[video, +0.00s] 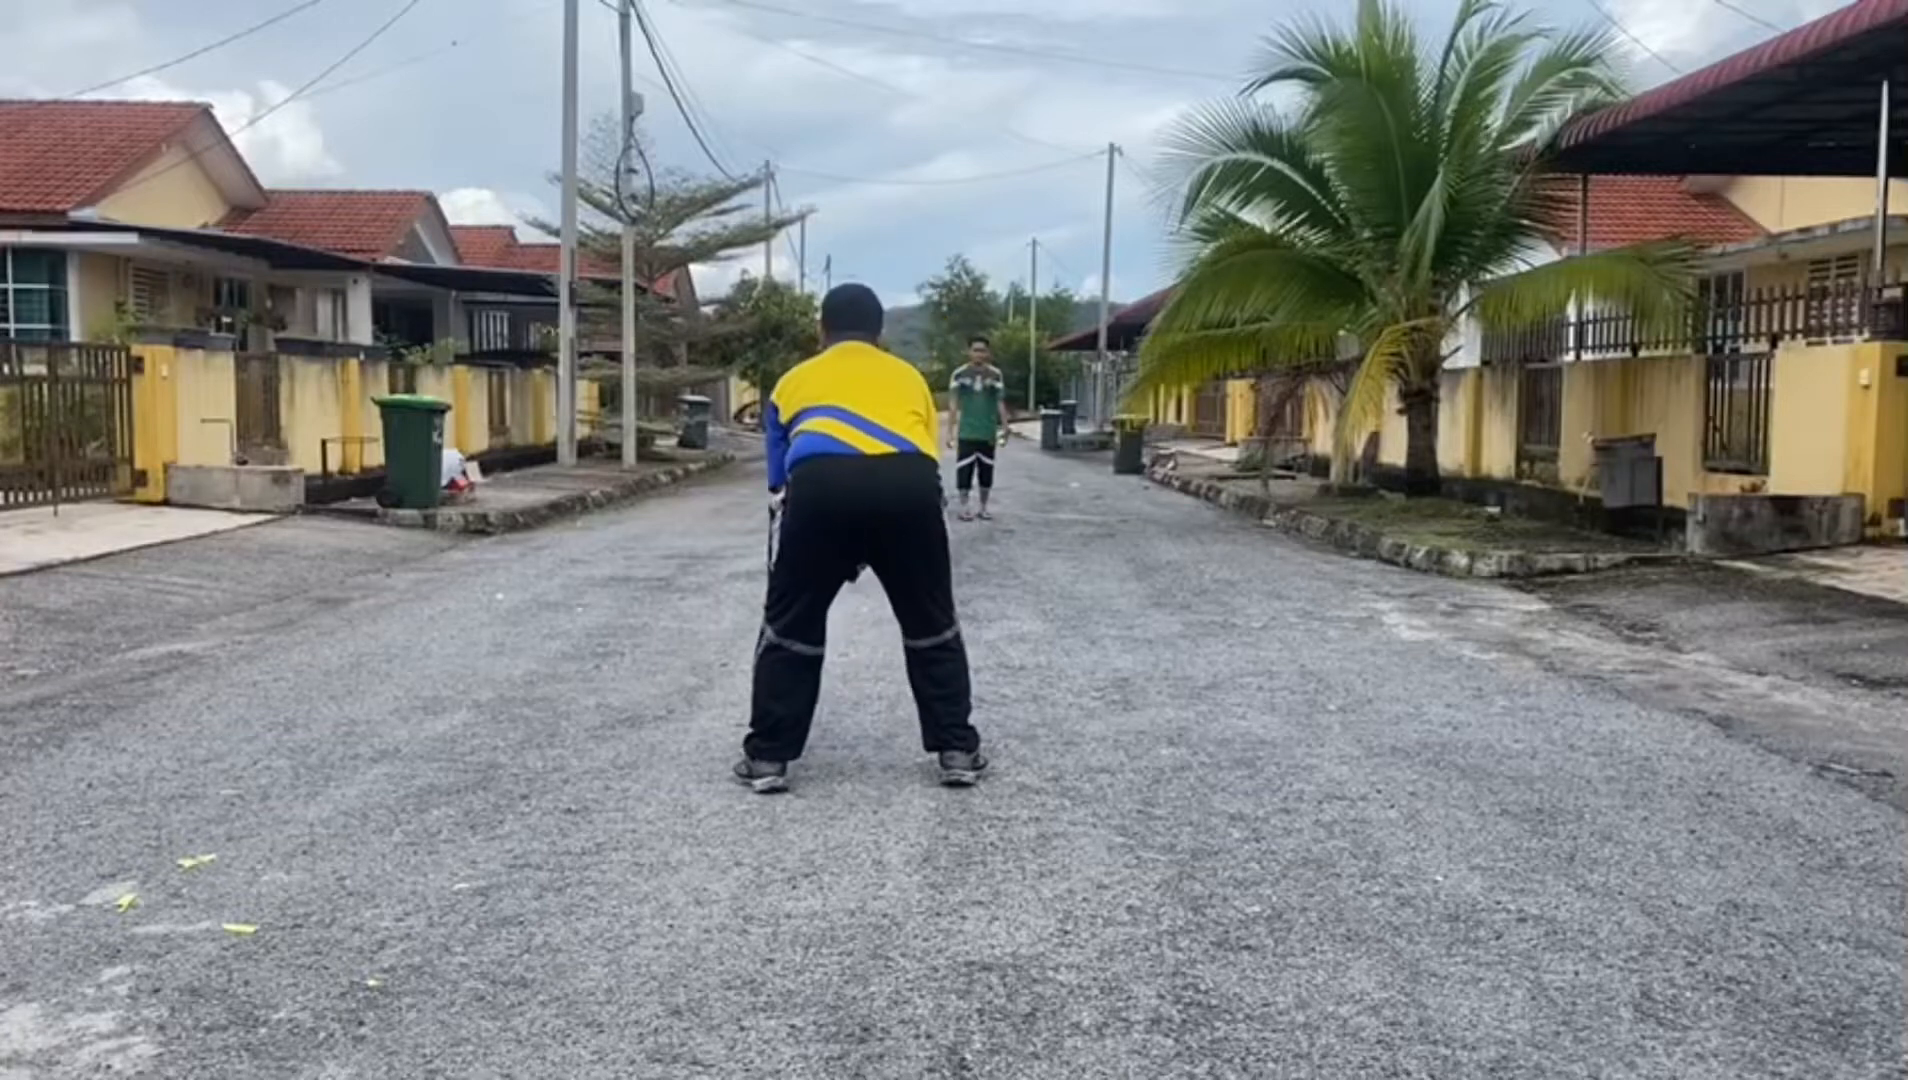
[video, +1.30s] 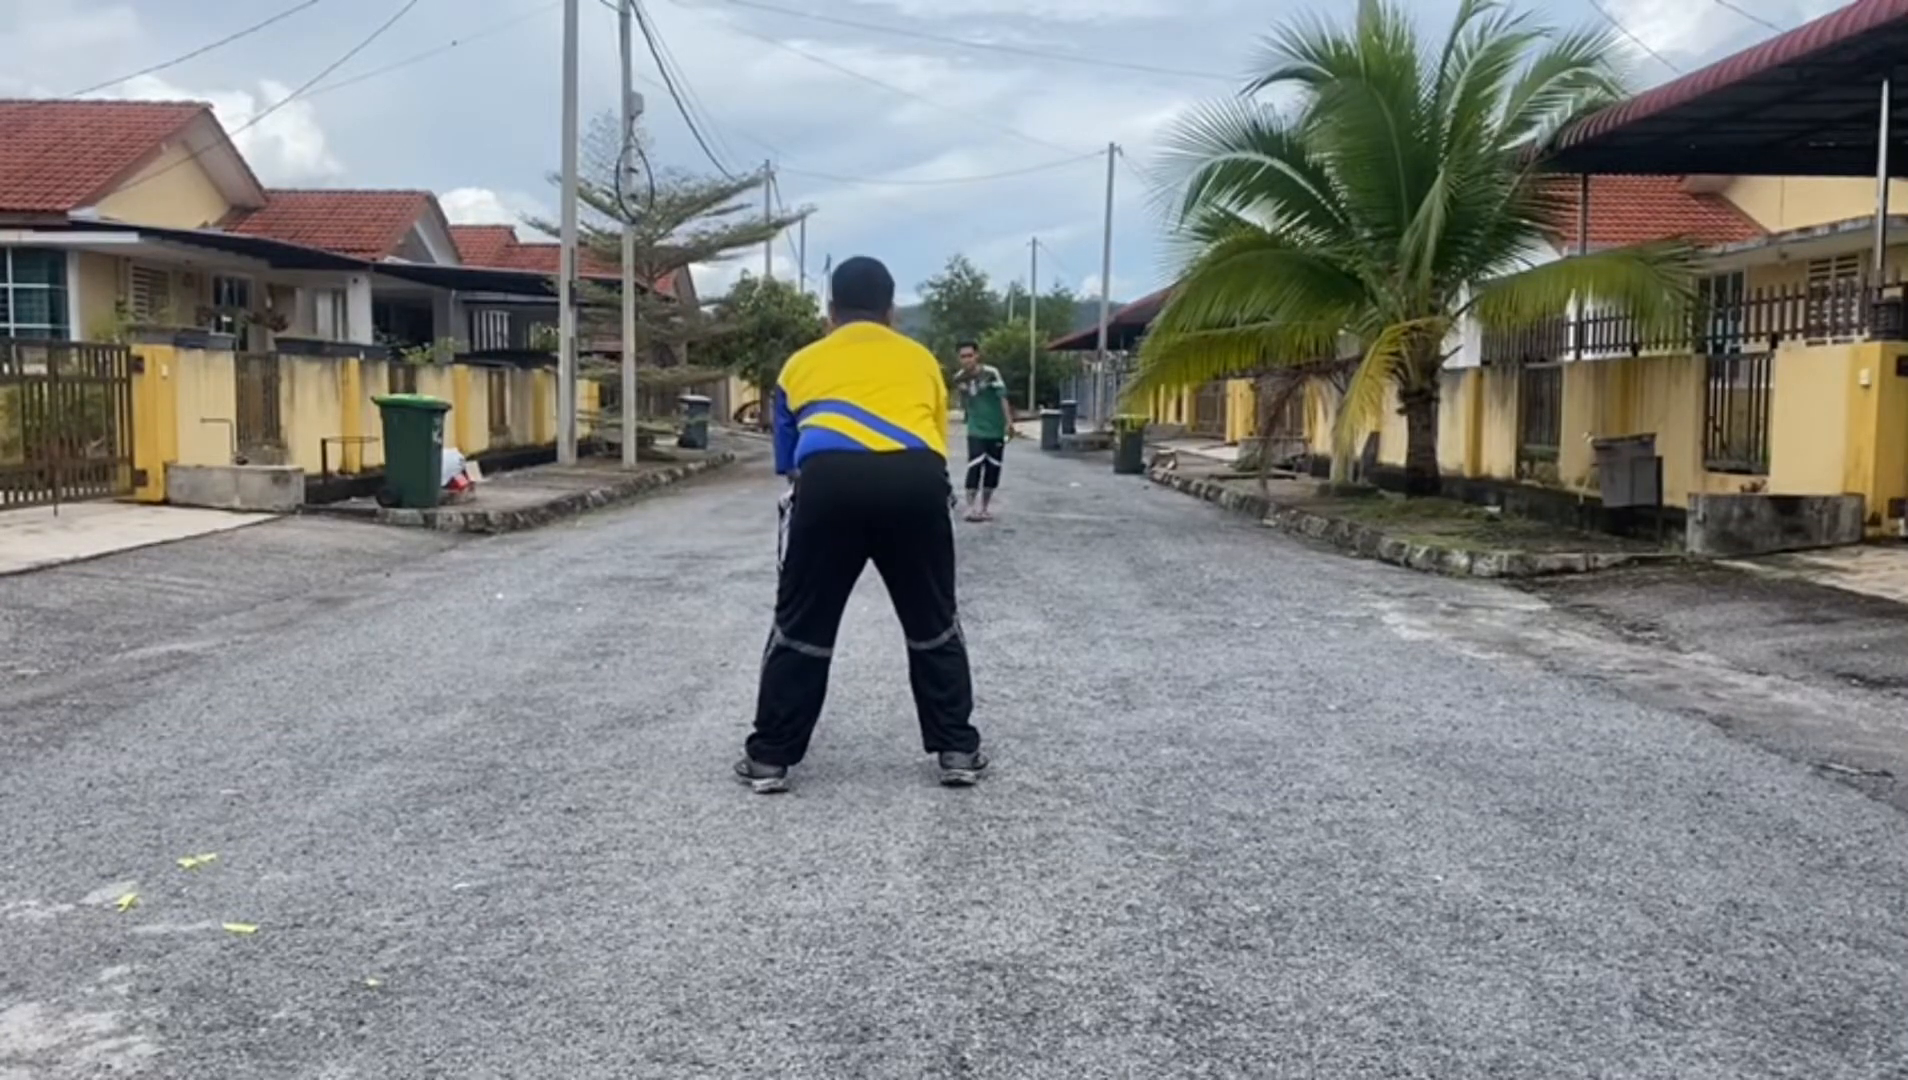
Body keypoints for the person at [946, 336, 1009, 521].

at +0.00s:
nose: (979, 354)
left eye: (983, 350)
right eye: (975, 350)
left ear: (988, 353)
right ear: (969, 352)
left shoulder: (995, 374)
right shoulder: (959, 375)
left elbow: (1000, 402)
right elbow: (953, 406)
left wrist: (1005, 425)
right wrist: (950, 432)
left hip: (988, 432)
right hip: (966, 431)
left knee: (986, 474)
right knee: (964, 473)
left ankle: (983, 507)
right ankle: (964, 507)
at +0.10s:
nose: (977, 354)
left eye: (981, 350)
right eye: (973, 350)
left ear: (986, 353)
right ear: (967, 352)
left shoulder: (993, 374)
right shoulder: (957, 374)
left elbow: (998, 401)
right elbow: (953, 399)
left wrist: (1004, 424)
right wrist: (956, 420)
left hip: (987, 430)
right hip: (966, 430)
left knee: (985, 472)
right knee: (964, 472)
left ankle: (983, 507)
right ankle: (964, 506)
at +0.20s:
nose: (975, 354)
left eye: (978, 349)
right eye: (971, 349)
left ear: (984, 352)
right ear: (965, 352)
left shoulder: (991, 373)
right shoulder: (956, 374)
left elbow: (997, 400)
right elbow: (952, 401)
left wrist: (1002, 422)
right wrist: (956, 397)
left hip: (986, 431)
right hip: (964, 432)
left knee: (985, 474)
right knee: (963, 474)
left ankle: (983, 507)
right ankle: (964, 506)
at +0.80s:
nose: (970, 355)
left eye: (973, 351)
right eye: (966, 351)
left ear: (980, 352)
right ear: (961, 354)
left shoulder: (991, 372)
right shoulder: (956, 377)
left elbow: (997, 398)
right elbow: (952, 404)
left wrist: (1001, 422)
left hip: (988, 431)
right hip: (967, 432)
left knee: (987, 474)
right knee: (964, 473)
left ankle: (983, 507)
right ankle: (963, 505)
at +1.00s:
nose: (970, 359)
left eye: (973, 354)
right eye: (966, 355)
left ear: (980, 354)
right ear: (961, 358)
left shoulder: (993, 373)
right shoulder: (959, 379)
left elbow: (1002, 398)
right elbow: (957, 404)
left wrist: (1005, 422)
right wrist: (954, 423)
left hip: (993, 429)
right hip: (973, 430)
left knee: (990, 471)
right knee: (969, 468)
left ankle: (983, 506)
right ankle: (964, 504)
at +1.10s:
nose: (968, 360)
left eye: (971, 355)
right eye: (964, 356)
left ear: (978, 356)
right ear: (960, 359)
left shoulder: (992, 373)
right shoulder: (962, 378)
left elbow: (1003, 398)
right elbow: (957, 379)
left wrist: (1008, 422)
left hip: (995, 428)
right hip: (975, 428)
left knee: (991, 470)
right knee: (972, 465)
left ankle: (984, 507)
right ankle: (965, 503)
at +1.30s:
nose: (966, 360)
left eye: (969, 355)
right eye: (963, 356)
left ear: (977, 356)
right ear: (959, 359)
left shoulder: (991, 373)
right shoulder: (960, 379)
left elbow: (1003, 398)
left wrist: (1009, 421)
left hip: (996, 428)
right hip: (975, 428)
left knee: (992, 468)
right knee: (975, 466)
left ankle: (984, 507)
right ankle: (970, 506)